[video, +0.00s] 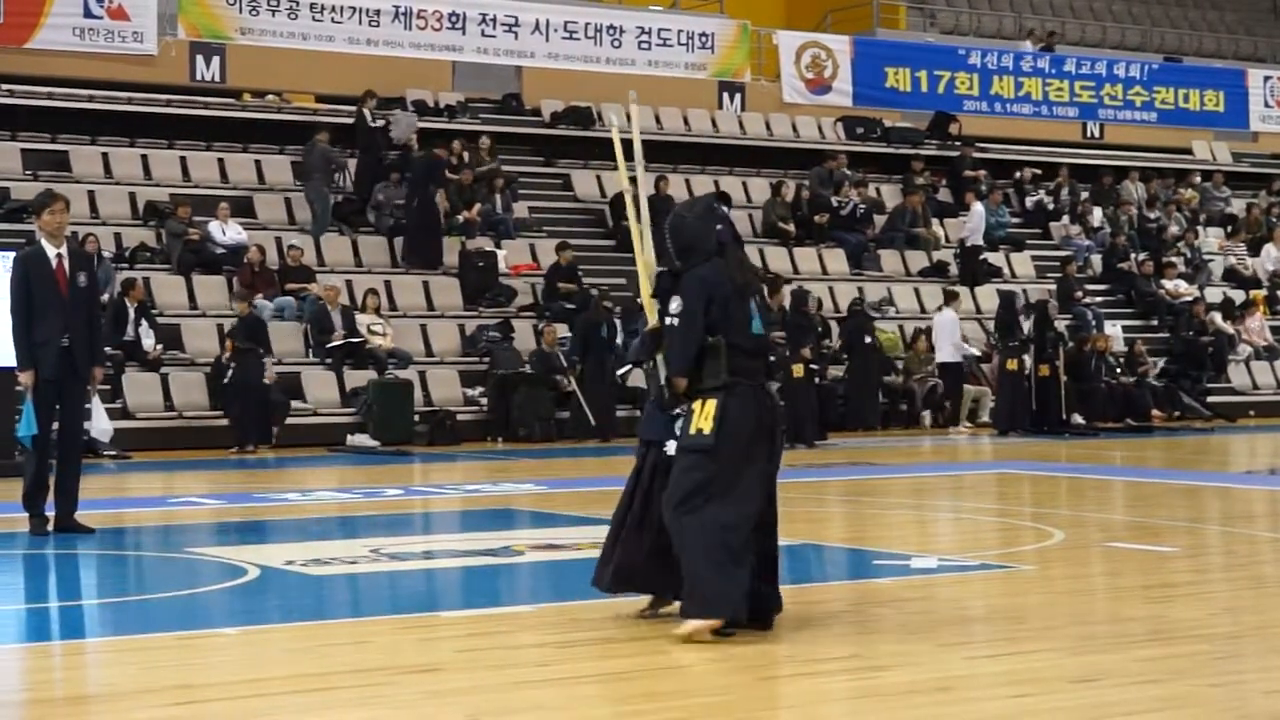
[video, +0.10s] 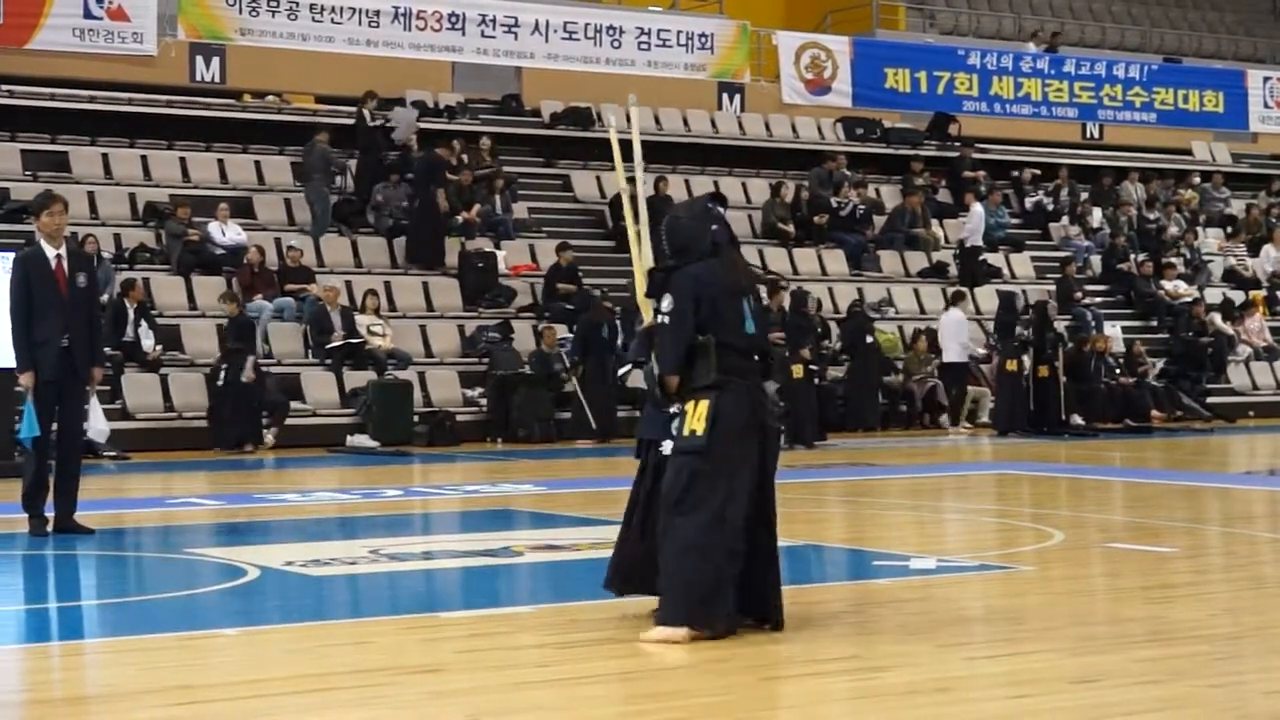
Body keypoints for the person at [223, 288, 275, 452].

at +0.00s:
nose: (235, 307)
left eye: (237, 303)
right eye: (234, 303)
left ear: (246, 303)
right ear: (237, 304)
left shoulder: (257, 321)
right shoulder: (239, 321)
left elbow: (266, 347)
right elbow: (234, 343)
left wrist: (269, 369)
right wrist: (228, 354)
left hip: (254, 364)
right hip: (239, 363)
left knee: (252, 400)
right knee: (237, 400)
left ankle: (251, 441)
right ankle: (240, 441)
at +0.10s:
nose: (226, 308)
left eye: (228, 304)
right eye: (225, 305)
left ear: (236, 304)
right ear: (225, 306)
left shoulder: (247, 322)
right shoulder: (230, 323)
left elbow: (251, 348)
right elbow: (228, 347)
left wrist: (249, 368)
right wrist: (218, 359)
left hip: (243, 364)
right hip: (230, 363)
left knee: (245, 401)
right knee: (229, 400)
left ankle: (248, 440)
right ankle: (231, 440)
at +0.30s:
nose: (202, 311)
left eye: (204, 307)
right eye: (201, 307)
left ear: (214, 306)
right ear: (205, 307)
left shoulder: (225, 323)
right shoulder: (208, 326)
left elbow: (228, 349)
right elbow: (206, 348)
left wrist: (216, 364)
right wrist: (198, 361)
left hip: (222, 367)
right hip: (205, 367)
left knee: (232, 403)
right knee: (194, 403)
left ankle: (245, 439)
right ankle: (186, 441)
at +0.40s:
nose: (191, 309)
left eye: (194, 305)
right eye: (191, 305)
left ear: (203, 304)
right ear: (197, 306)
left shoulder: (215, 322)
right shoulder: (196, 325)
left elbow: (221, 348)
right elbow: (193, 348)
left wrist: (213, 366)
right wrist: (188, 361)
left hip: (212, 368)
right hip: (196, 367)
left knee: (212, 404)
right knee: (186, 403)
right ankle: (184, 442)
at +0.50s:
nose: (182, 309)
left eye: (184, 305)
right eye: (181, 306)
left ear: (194, 303)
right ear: (187, 304)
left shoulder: (207, 321)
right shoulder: (189, 324)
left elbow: (218, 345)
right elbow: (186, 347)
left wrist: (215, 367)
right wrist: (177, 359)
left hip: (206, 369)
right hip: (189, 368)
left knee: (204, 401)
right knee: (181, 403)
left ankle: (221, 433)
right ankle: (184, 442)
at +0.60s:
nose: (177, 306)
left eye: (180, 302)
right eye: (175, 303)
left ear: (189, 303)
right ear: (175, 305)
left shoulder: (202, 321)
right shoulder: (179, 324)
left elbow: (215, 344)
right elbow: (175, 347)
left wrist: (219, 365)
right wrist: (166, 356)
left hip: (200, 365)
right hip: (183, 366)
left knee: (197, 401)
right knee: (181, 401)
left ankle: (205, 437)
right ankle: (184, 442)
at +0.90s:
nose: (166, 307)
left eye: (169, 304)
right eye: (163, 304)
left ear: (175, 306)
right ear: (159, 308)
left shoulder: (187, 324)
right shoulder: (158, 329)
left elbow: (202, 343)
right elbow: (150, 350)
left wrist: (214, 363)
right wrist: (144, 366)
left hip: (186, 371)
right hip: (166, 372)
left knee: (182, 408)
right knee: (166, 407)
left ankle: (179, 443)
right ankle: (167, 444)